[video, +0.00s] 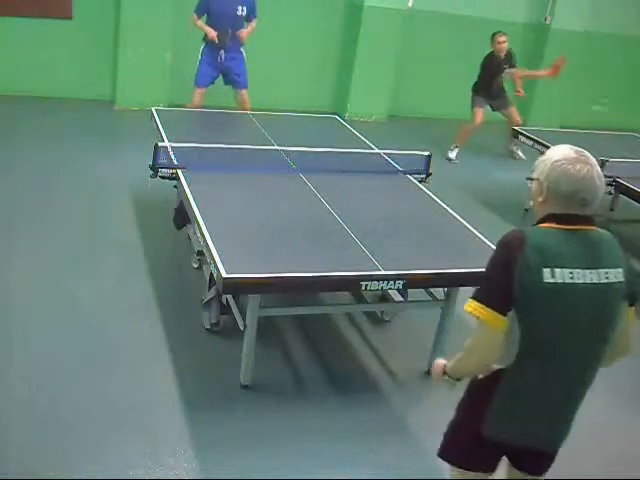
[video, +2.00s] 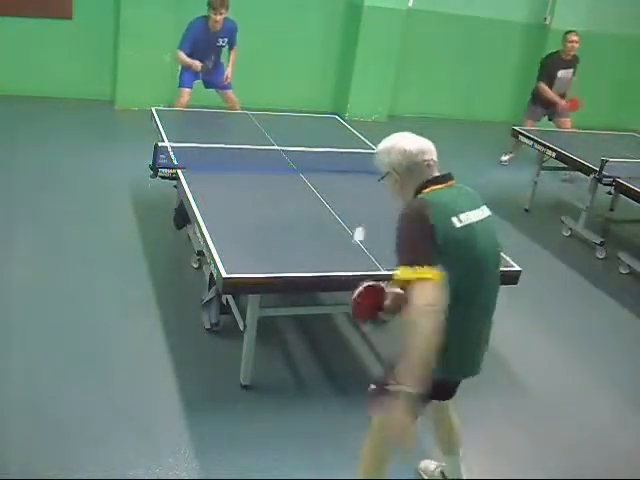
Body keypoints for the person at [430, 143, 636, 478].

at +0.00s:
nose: (530, 188)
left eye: (533, 181)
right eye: (532, 181)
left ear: (543, 191)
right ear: (592, 196)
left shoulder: (519, 245)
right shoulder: (611, 248)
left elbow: (486, 349)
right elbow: (623, 343)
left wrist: (452, 369)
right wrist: (577, 359)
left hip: (503, 397)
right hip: (563, 399)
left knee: (468, 470)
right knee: (525, 472)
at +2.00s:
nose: (388, 185)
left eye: (388, 177)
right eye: (386, 178)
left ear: (403, 174)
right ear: (429, 164)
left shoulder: (420, 213)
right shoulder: (467, 197)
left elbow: (427, 306)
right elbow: (470, 275)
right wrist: (403, 297)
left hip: (437, 349)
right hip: (468, 343)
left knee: (391, 411)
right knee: (438, 399)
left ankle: (371, 472)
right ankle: (454, 470)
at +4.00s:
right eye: (447, 151)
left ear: (405, 145)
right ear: (443, 155)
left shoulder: (368, 185)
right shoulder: (451, 193)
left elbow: (326, 228)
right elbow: (459, 244)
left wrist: (318, 282)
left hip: (366, 320)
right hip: (419, 326)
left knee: (306, 384)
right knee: (437, 386)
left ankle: (287, 470)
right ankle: (465, 458)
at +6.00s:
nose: (392, 122)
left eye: (394, 118)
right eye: (395, 117)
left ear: (399, 126)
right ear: (443, 130)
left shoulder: (380, 165)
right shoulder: (459, 175)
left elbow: (352, 248)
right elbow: (469, 253)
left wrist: (336, 291)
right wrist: (447, 309)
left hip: (366, 307)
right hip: (414, 310)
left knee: (335, 394)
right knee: (387, 385)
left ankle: (340, 473)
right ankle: (362, 464)